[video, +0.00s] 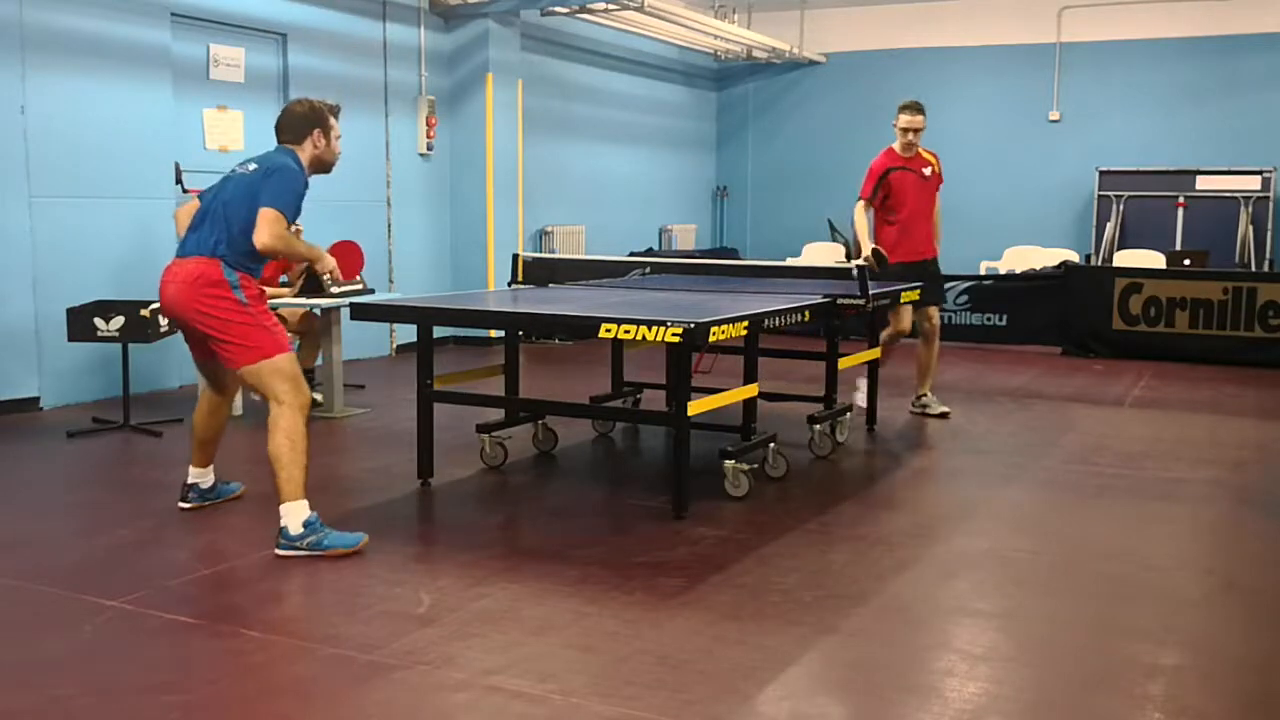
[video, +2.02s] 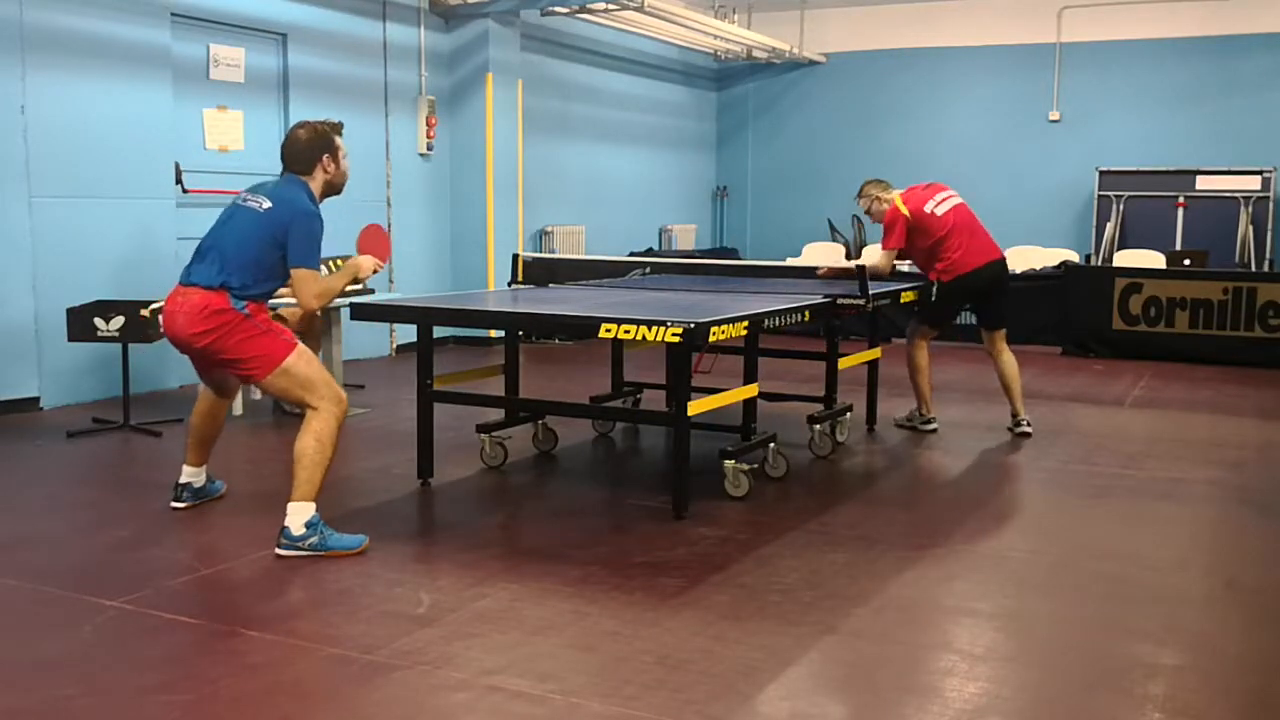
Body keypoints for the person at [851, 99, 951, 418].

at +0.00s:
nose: (910, 137)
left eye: (917, 131)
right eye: (905, 131)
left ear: (924, 130)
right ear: (895, 128)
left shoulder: (931, 161)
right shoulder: (883, 163)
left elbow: (934, 203)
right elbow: (861, 208)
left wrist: (936, 242)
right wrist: (866, 245)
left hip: (926, 259)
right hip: (894, 262)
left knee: (931, 324)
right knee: (901, 326)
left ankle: (923, 394)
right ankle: (865, 376)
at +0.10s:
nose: (914, 135)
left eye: (920, 129)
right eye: (909, 129)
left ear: (929, 128)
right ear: (900, 127)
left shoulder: (944, 161)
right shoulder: (887, 164)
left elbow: (949, 203)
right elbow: (867, 209)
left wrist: (952, 246)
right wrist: (872, 244)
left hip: (936, 256)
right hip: (902, 257)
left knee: (935, 326)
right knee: (916, 323)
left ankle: (925, 393)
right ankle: (909, 392)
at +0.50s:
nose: (898, 147)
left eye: (902, 139)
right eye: (893, 142)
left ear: (918, 131)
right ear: (891, 141)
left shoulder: (950, 158)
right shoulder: (902, 173)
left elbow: (968, 205)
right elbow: (906, 217)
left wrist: (944, 244)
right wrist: (898, 241)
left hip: (954, 260)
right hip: (922, 264)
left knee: (953, 328)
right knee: (930, 332)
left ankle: (969, 381)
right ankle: (954, 403)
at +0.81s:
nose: (876, 164)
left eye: (875, 156)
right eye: (872, 160)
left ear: (891, 143)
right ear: (887, 148)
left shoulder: (922, 161)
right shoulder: (912, 172)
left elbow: (931, 214)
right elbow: (929, 223)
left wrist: (897, 253)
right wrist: (900, 252)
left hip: (957, 250)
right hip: (948, 252)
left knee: (935, 326)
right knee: (938, 327)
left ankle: (940, 407)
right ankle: (954, 402)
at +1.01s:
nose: (860, 186)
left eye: (858, 178)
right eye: (856, 181)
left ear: (871, 164)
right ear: (874, 162)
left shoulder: (895, 176)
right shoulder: (914, 170)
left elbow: (899, 232)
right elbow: (936, 230)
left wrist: (872, 257)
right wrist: (902, 251)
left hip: (952, 255)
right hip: (973, 250)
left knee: (931, 334)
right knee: (953, 332)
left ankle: (925, 411)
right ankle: (959, 405)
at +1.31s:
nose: (855, 216)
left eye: (850, 209)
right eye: (850, 212)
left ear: (860, 194)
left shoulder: (883, 199)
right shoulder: (909, 188)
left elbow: (877, 256)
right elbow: (917, 252)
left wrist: (856, 260)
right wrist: (879, 260)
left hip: (952, 262)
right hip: (983, 251)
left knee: (926, 338)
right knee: (981, 333)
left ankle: (924, 413)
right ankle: (1006, 410)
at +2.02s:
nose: (873, 219)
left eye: (870, 212)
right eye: (868, 214)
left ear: (882, 197)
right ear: (889, 191)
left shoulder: (896, 210)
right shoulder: (931, 188)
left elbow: (882, 269)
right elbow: (925, 249)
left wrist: (844, 271)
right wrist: (892, 254)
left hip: (955, 276)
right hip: (994, 266)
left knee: (918, 338)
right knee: (998, 345)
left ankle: (924, 414)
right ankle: (1021, 417)